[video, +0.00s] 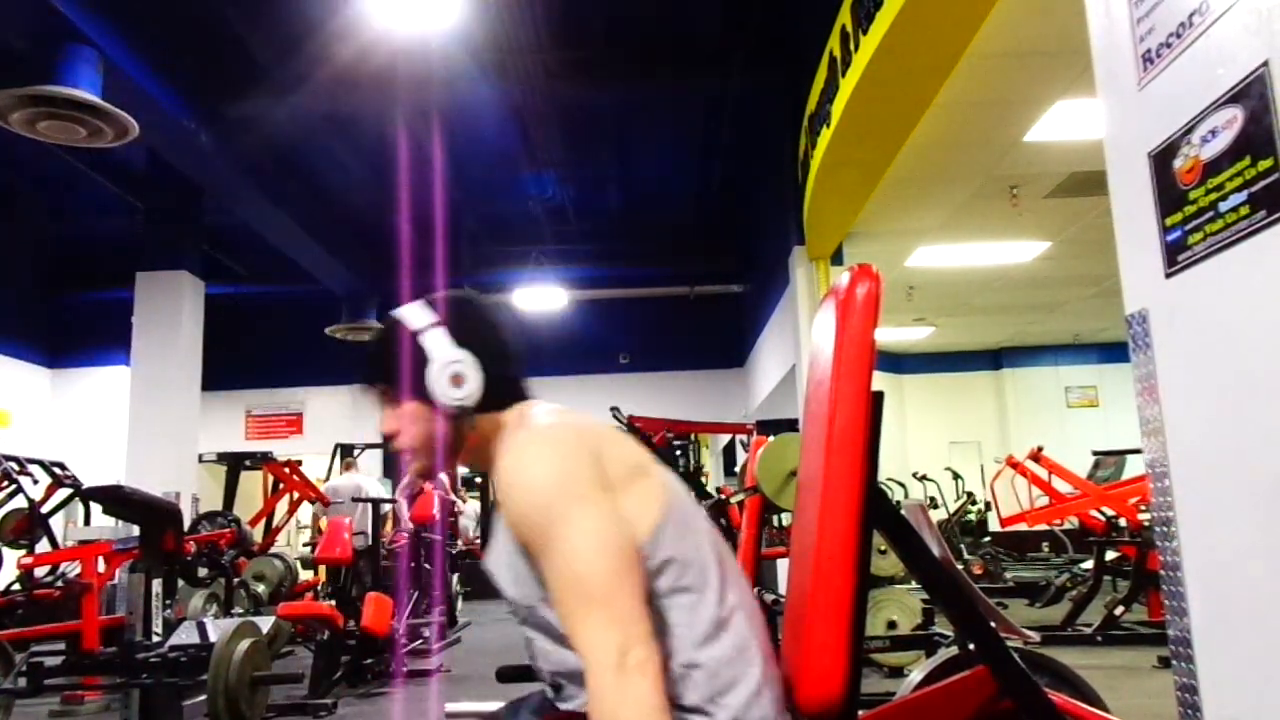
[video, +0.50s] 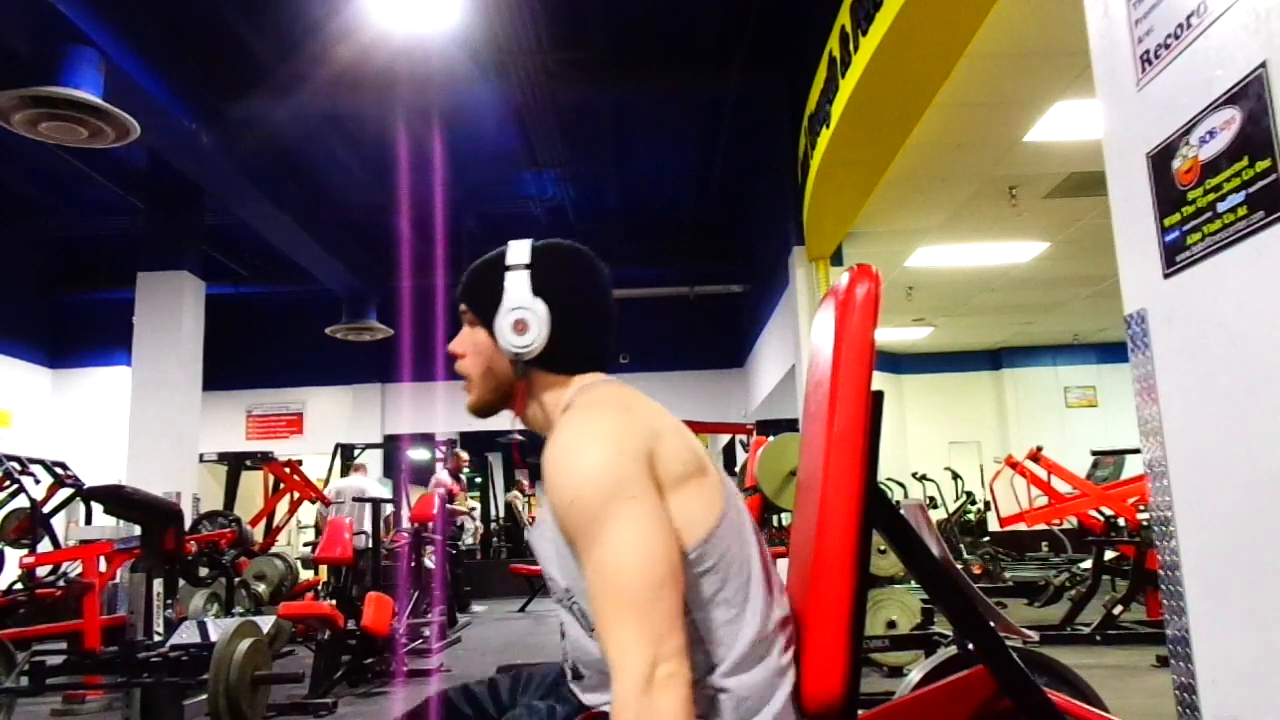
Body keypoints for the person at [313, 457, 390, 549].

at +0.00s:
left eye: (341, 470)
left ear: (342, 469)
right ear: (357, 469)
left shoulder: (331, 485)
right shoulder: (372, 484)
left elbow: (316, 512)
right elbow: (388, 510)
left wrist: (314, 534)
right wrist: (387, 531)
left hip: (336, 541)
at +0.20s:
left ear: (343, 470)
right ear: (357, 469)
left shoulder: (329, 485)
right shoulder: (370, 484)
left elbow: (314, 513)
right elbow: (383, 510)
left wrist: (315, 535)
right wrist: (378, 533)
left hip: (335, 541)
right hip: (363, 541)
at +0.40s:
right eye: (362, 473)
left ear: (346, 472)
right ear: (362, 472)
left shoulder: (331, 485)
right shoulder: (373, 486)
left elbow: (319, 515)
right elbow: (386, 513)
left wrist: (321, 537)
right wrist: (385, 533)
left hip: (335, 542)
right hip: (364, 543)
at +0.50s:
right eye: (365, 475)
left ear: (349, 472)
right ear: (365, 474)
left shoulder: (334, 486)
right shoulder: (375, 486)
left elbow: (321, 512)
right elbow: (388, 512)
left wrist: (325, 533)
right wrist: (388, 534)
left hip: (336, 541)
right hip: (365, 543)